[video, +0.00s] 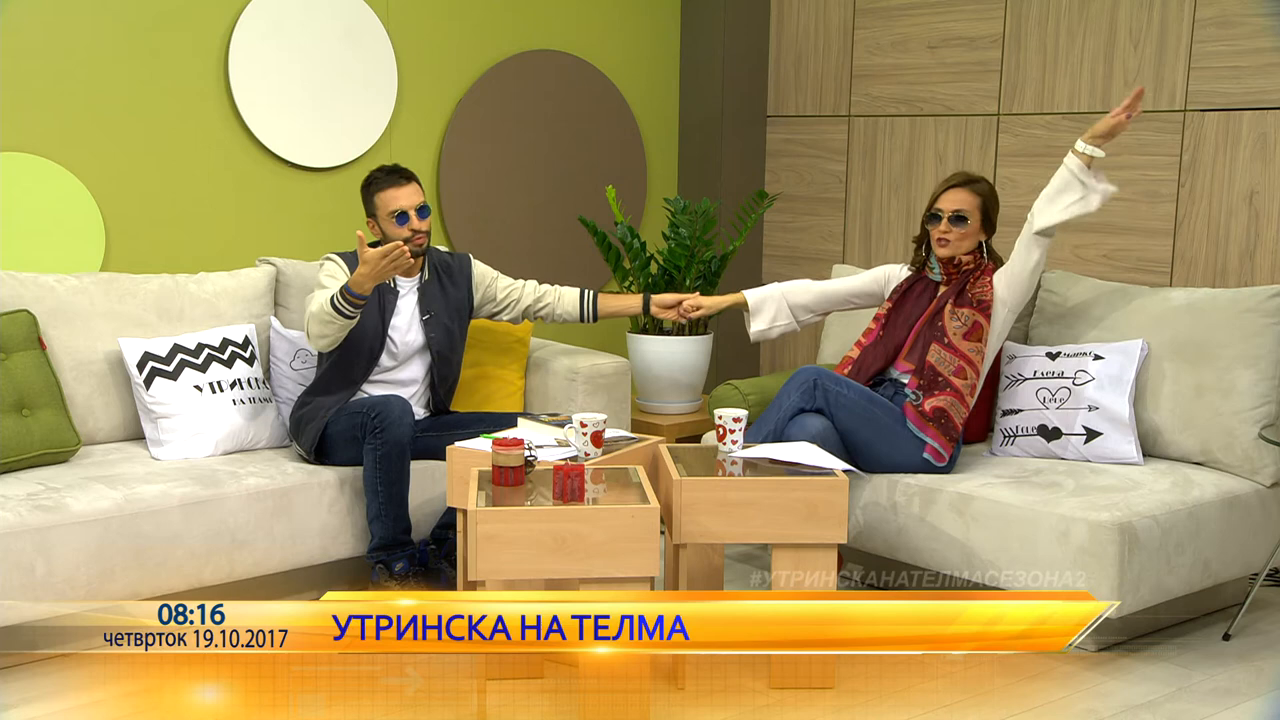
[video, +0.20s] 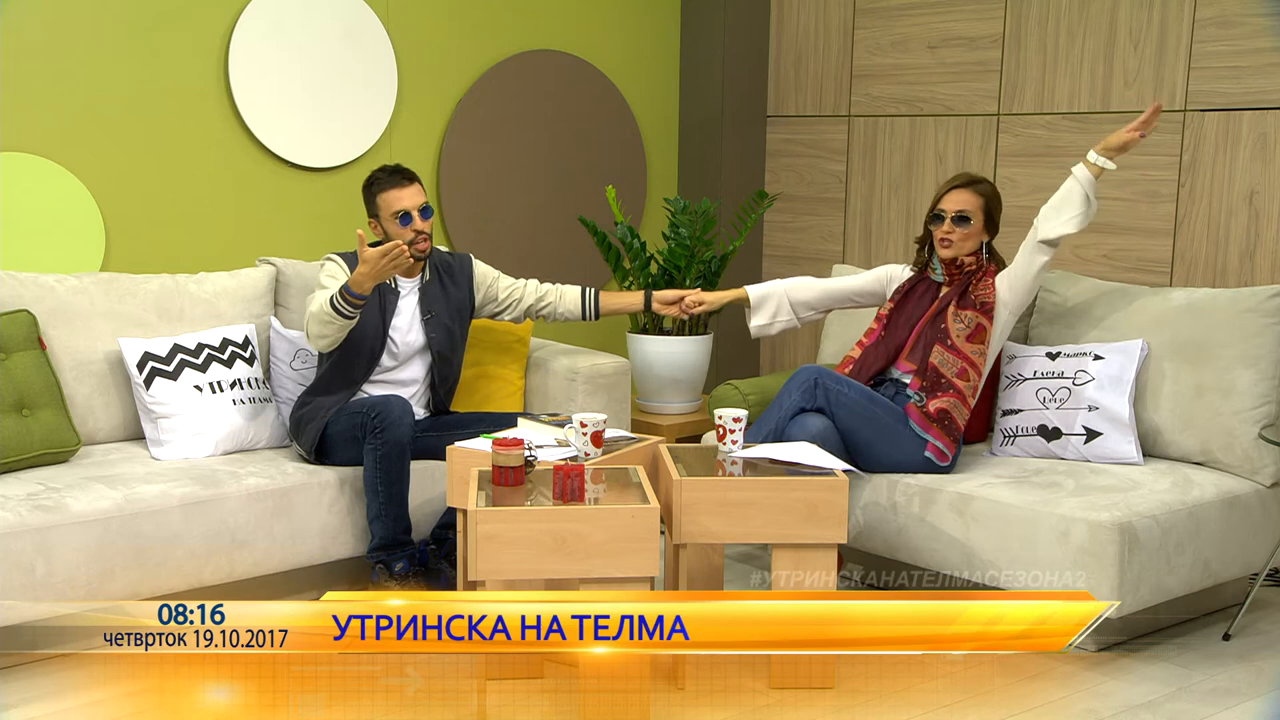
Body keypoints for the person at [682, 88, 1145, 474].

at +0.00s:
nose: (943, 229)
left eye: (959, 220)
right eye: (937, 218)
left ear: (985, 232)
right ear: (927, 225)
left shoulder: (999, 292)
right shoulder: (905, 279)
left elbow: (1039, 230)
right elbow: (819, 294)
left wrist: (1089, 146)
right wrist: (724, 301)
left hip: (924, 434)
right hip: (864, 414)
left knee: (812, 379)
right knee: (808, 433)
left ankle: (738, 463)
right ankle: (802, 570)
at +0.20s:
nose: (947, 229)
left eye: (962, 220)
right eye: (940, 219)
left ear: (988, 231)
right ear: (930, 226)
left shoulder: (1001, 294)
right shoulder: (905, 280)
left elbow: (1045, 237)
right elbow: (820, 290)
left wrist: (1100, 157)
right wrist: (725, 297)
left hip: (925, 433)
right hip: (866, 415)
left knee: (813, 380)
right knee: (807, 434)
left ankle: (731, 469)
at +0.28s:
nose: (948, 230)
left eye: (964, 220)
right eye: (941, 219)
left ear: (990, 232)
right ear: (930, 227)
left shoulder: (1000, 295)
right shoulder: (907, 282)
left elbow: (1047, 239)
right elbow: (822, 289)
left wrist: (1102, 160)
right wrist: (726, 296)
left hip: (924, 434)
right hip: (867, 417)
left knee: (814, 379)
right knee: (806, 431)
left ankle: (732, 463)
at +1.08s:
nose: (941, 230)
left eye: (956, 221)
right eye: (939, 221)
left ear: (990, 232)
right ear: (935, 230)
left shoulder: (1005, 297)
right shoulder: (910, 283)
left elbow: (1052, 246)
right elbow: (823, 290)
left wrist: (1112, 168)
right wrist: (729, 298)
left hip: (925, 435)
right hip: (868, 415)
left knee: (814, 377)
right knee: (805, 428)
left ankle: (730, 469)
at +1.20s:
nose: (943, 231)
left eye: (957, 222)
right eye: (940, 222)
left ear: (992, 233)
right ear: (934, 231)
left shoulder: (1006, 297)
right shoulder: (911, 283)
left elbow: (1056, 245)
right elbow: (824, 291)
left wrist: (1115, 168)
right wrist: (730, 298)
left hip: (926, 435)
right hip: (869, 416)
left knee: (815, 376)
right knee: (807, 427)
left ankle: (730, 456)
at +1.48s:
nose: (942, 234)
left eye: (956, 225)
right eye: (937, 225)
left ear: (989, 235)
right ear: (932, 233)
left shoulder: (1003, 297)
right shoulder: (907, 283)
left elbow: (1053, 244)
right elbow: (822, 294)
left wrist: (1108, 169)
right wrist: (731, 297)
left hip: (931, 442)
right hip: (869, 423)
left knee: (831, 364)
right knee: (792, 421)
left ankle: (703, 415)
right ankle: (809, 567)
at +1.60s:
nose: (938, 238)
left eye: (952, 229)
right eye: (933, 229)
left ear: (985, 238)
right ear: (928, 236)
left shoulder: (1000, 296)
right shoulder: (906, 285)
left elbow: (1046, 244)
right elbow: (821, 294)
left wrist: (1097, 167)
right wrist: (730, 298)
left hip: (929, 440)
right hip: (868, 427)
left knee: (838, 360)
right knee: (764, 422)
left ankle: (700, 397)